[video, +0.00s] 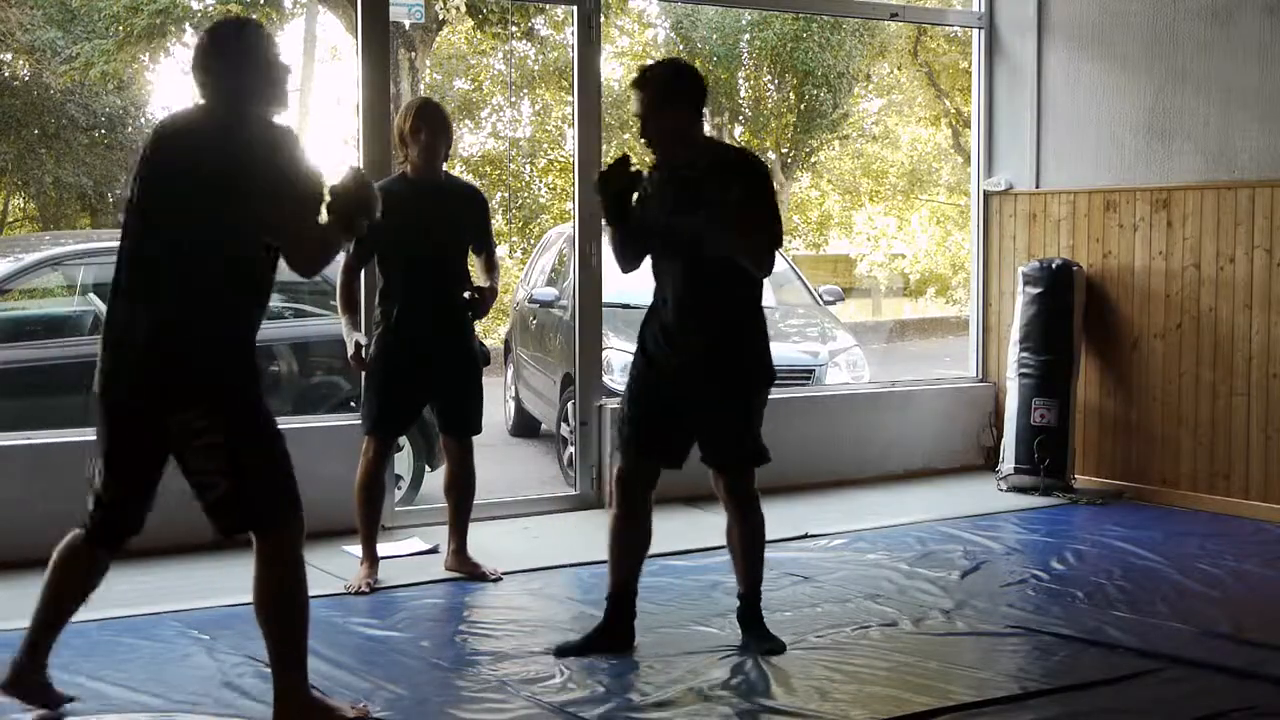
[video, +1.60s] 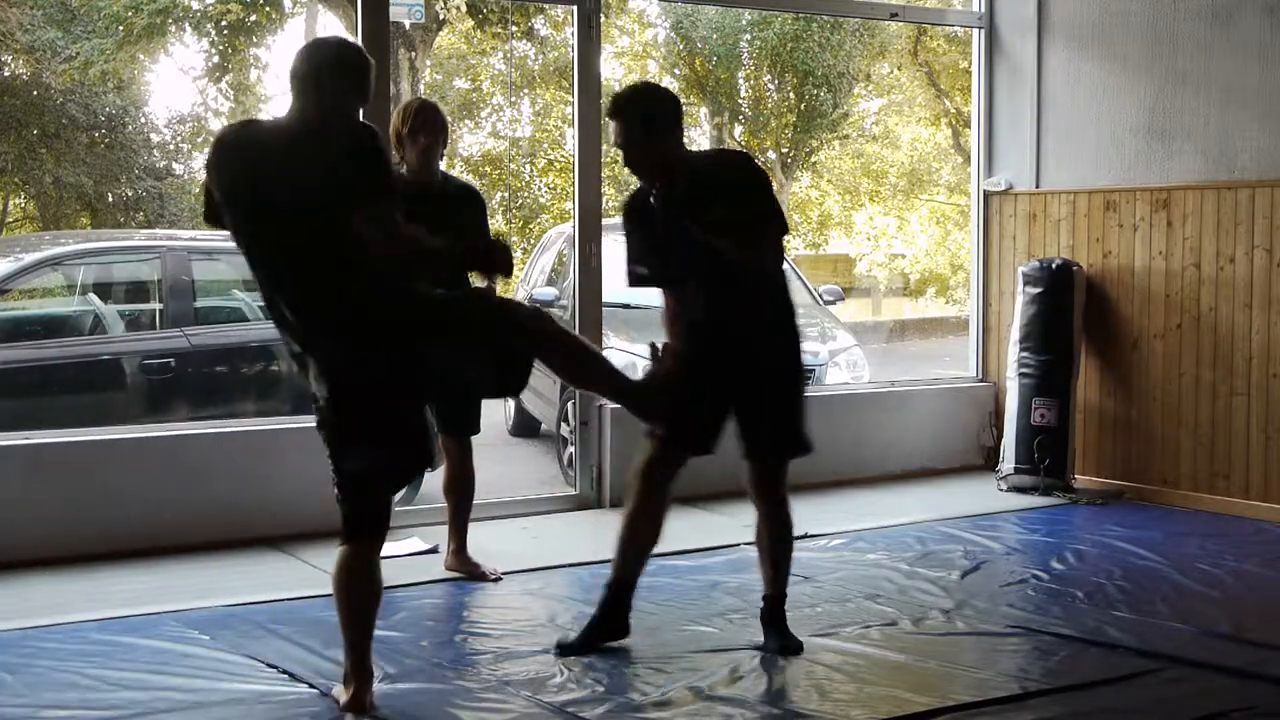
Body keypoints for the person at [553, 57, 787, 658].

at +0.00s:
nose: (641, 128)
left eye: (650, 114)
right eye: (640, 114)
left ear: (684, 112)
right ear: (660, 116)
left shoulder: (743, 169)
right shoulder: (658, 179)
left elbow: (763, 258)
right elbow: (628, 260)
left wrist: (696, 217)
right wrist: (617, 206)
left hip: (731, 347)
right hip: (664, 346)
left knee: (737, 484)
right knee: (631, 481)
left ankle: (752, 617)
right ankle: (618, 624)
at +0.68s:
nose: (578, 146)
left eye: (583, 132)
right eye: (575, 134)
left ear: (617, 122)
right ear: (602, 126)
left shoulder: (690, 165)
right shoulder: (600, 193)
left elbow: (711, 249)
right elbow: (599, 288)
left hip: (701, 353)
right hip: (633, 356)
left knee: (729, 483)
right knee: (592, 474)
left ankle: (773, 610)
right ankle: (610, 620)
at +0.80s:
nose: (586, 156)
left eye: (591, 142)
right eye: (582, 145)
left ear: (626, 130)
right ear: (601, 137)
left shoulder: (701, 171)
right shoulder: (608, 208)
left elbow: (720, 252)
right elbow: (621, 301)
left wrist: (653, 205)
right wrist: (611, 381)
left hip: (713, 363)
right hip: (644, 369)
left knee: (732, 490)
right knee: (587, 472)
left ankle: (769, 615)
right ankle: (609, 620)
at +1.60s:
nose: (621, 156)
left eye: (626, 142)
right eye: (618, 143)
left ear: (662, 133)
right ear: (650, 137)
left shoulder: (737, 170)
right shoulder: (643, 209)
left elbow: (770, 254)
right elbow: (672, 293)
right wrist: (673, 358)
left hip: (765, 352)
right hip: (700, 355)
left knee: (769, 488)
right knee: (652, 477)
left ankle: (775, 613)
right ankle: (614, 612)